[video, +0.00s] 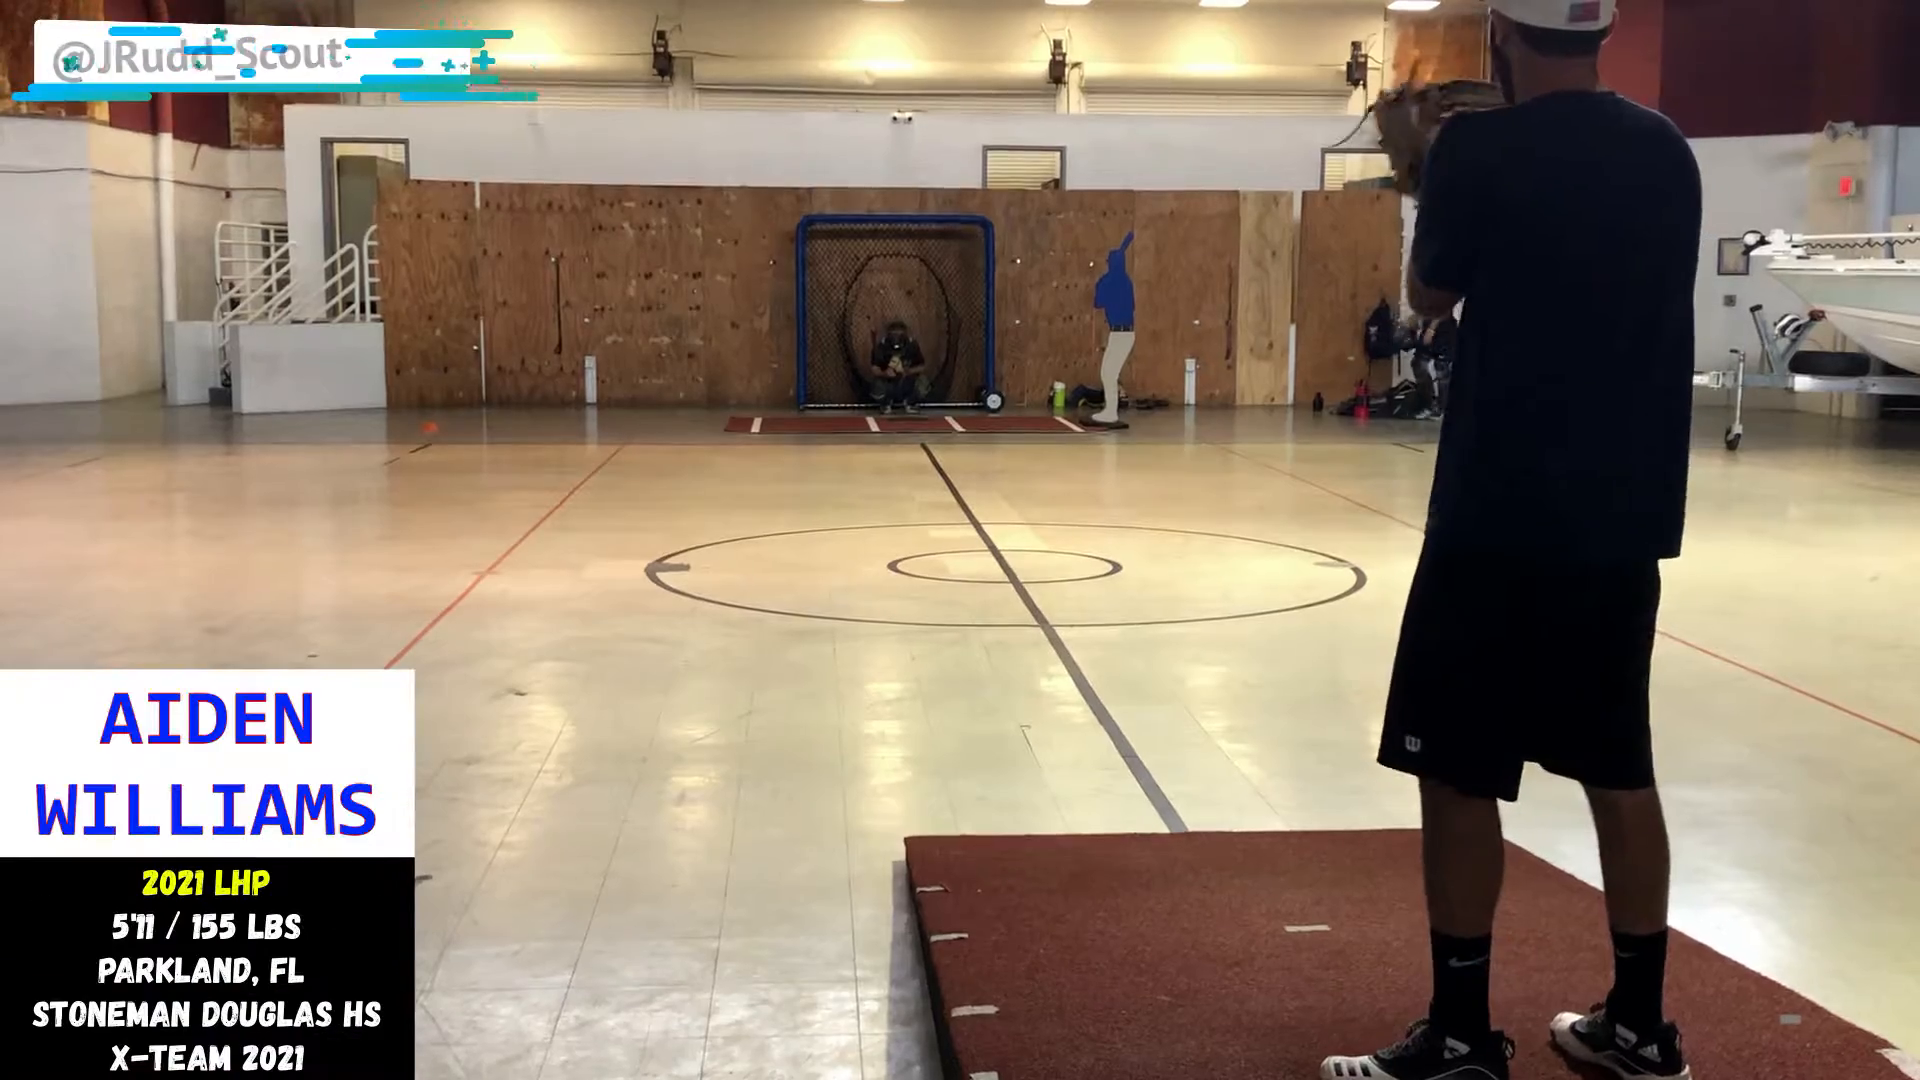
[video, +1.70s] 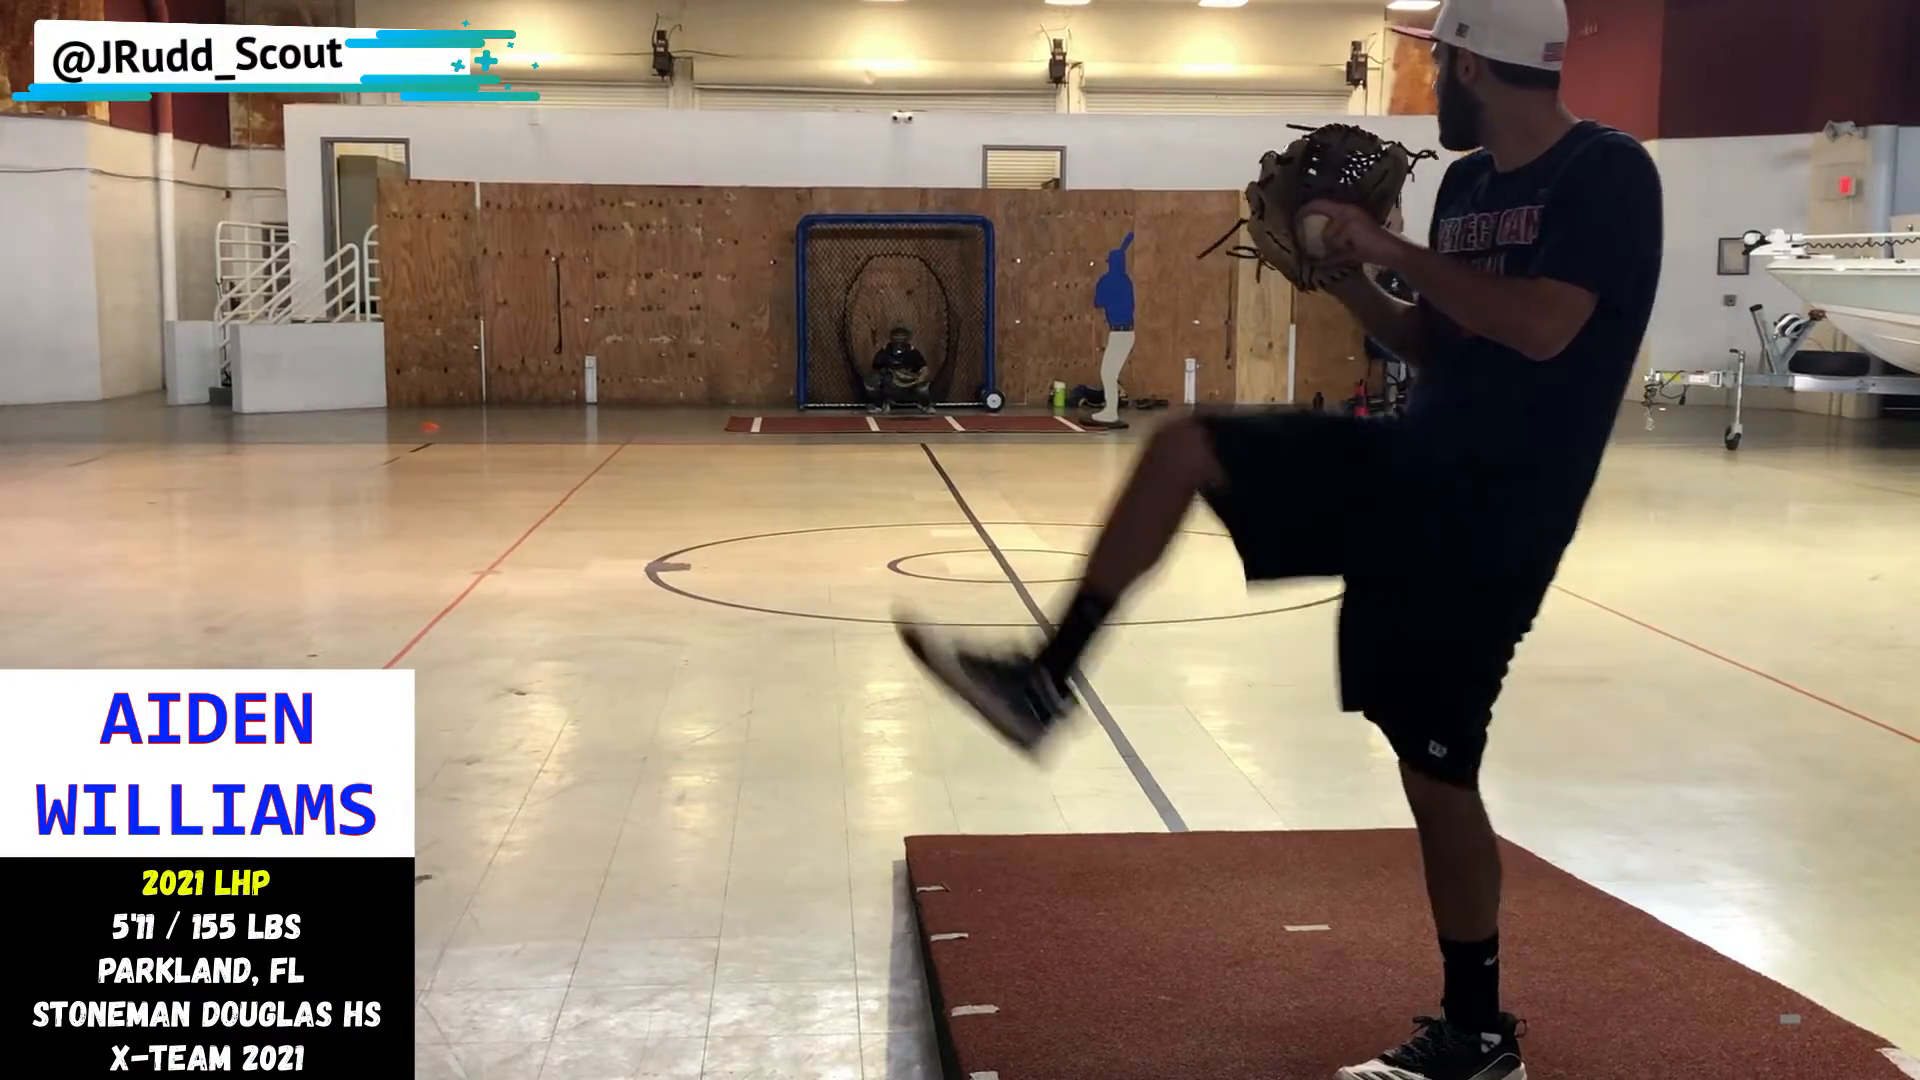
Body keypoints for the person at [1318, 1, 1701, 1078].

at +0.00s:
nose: (1491, 48)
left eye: (1494, 34)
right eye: (1504, 34)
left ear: (1504, 39)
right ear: (1605, 36)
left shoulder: (1477, 143)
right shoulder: (1667, 148)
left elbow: (1428, 299)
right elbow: (1634, 297)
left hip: (1494, 521)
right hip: (1624, 519)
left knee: (1459, 764)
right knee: (1620, 765)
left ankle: (1461, 1032)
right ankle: (1640, 1020)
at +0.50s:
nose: (1456, 95)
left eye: (1457, 66)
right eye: (1456, 69)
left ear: (1483, 62)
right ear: (1559, 65)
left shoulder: (1560, 171)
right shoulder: (1601, 165)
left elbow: (1567, 347)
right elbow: (1582, 347)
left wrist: (1438, 343)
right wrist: (1453, 336)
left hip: (1590, 540)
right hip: (1652, 534)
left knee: (1473, 755)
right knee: (1628, 766)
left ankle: (1459, 1030)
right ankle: (1696, 1001)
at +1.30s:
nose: (1461, 75)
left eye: (1467, 53)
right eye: (1464, 55)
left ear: (1496, 62)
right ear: (1542, 65)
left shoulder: (1630, 174)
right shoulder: (1501, 186)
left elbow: (1560, 326)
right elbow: (1477, 350)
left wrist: (1408, 243)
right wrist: (1374, 278)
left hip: (1587, 535)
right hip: (1515, 528)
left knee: (1465, 770)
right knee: (1522, 779)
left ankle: (1476, 1027)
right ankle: (1657, 958)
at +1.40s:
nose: (1456, 77)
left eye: (1466, 55)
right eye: (1459, 54)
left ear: (1498, 62)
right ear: (1534, 63)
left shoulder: (1632, 170)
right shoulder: (1492, 184)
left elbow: (1563, 322)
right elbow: (1466, 351)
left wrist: (1407, 245)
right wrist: (1367, 277)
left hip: (1560, 533)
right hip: (1471, 514)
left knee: (1453, 766)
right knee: (1371, 733)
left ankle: (1477, 1031)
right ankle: (1535, 883)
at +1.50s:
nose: (1453, 75)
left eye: (1458, 50)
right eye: (1456, 53)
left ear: (1489, 54)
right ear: (1539, 56)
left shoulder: (1632, 168)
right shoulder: (1483, 181)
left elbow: (1564, 321)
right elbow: (1457, 349)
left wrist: (1400, 245)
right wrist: (1362, 277)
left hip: (1543, 531)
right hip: (1441, 499)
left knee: (1451, 775)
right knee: (1275, 658)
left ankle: (1476, 1026)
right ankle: (1365, 860)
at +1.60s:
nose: (1448, 73)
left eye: (1458, 51)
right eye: (1451, 52)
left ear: (1496, 57)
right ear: (1520, 61)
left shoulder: (1623, 168)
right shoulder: (1477, 183)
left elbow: (1559, 322)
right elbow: (1446, 346)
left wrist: (1388, 247)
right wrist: (1349, 276)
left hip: (1517, 519)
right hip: (1422, 481)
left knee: (1448, 772)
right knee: (1207, 552)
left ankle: (1477, 1028)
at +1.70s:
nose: (1436, 79)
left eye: (1442, 56)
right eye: (1439, 59)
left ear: (1475, 58)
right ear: (1524, 60)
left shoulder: (1611, 171)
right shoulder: (1463, 183)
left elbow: (1542, 324)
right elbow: (1432, 345)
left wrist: (1385, 245)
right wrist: (1339, 273)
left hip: (1492, 517)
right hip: (1405, 472)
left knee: (1437, 768)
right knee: (1183, 445)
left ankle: (1476, 1028)